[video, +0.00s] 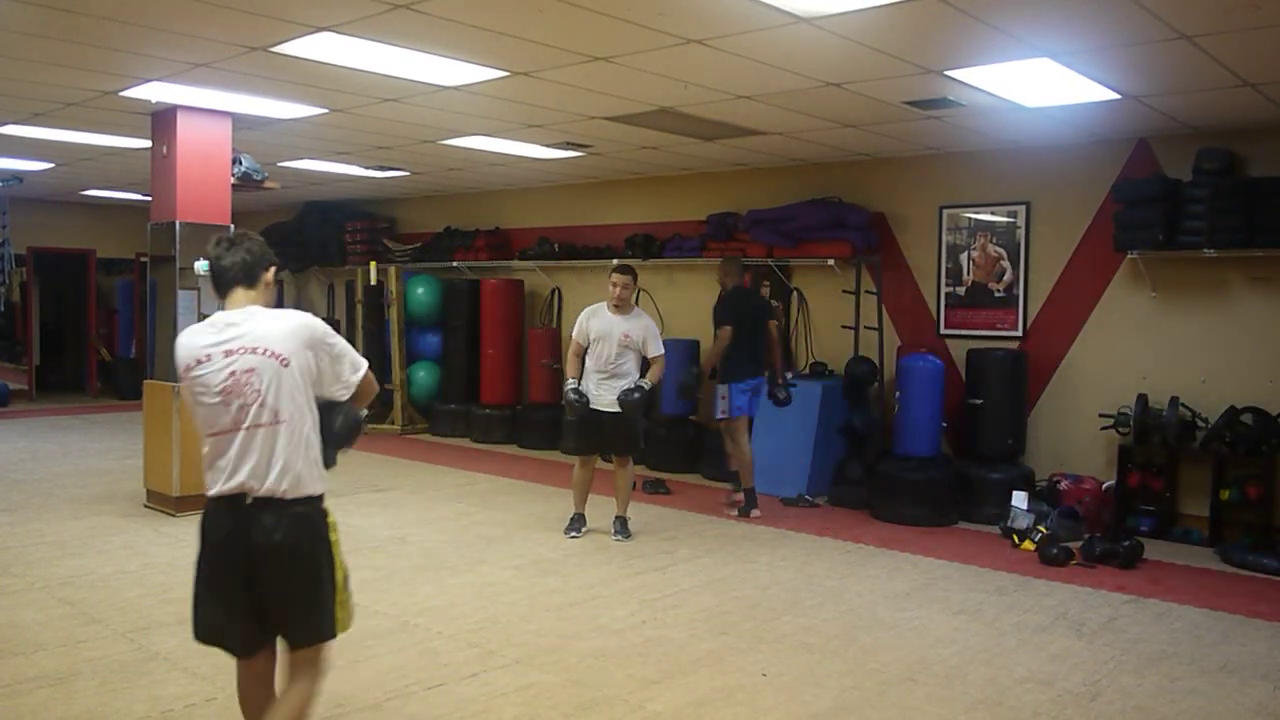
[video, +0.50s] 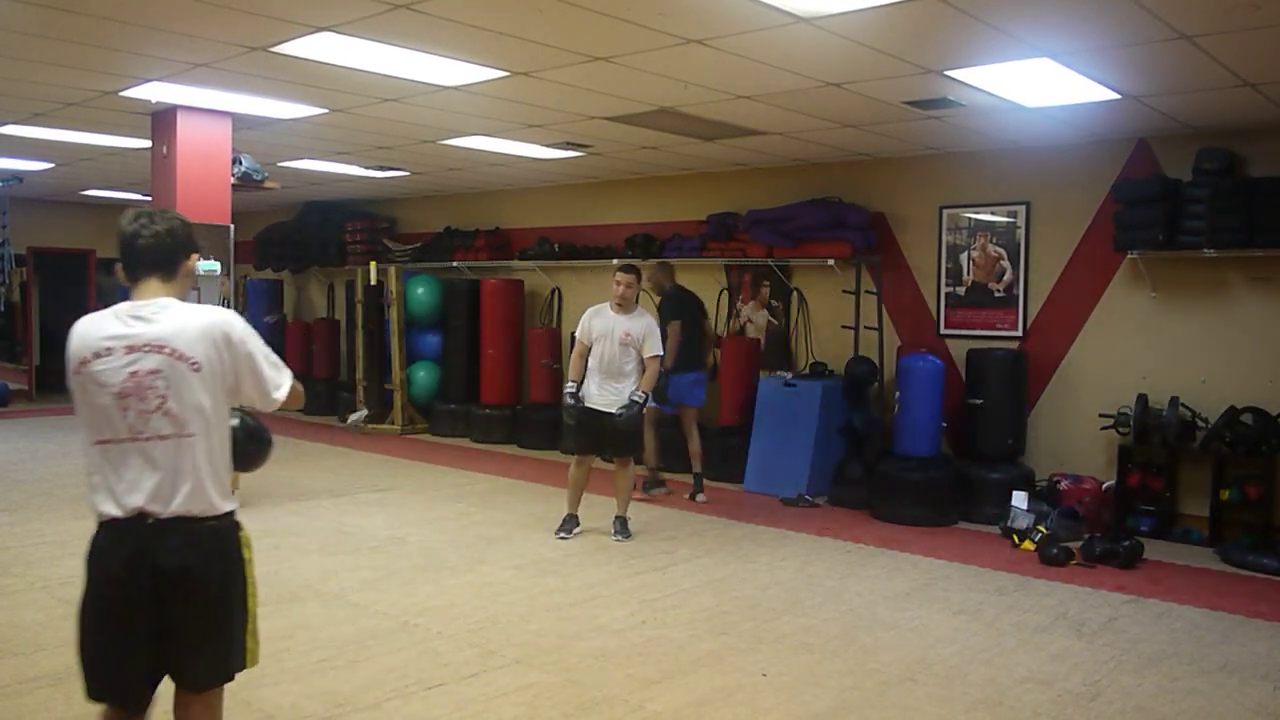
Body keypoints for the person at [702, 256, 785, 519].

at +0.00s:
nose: (718, 278)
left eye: (720, 274)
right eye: (720, 273)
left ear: (725, 275)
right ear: (742, 274)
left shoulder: (726, 301)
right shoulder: (758, 299)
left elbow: (723, 337)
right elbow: (773, 334)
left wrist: (708, 363)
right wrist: (777, 371)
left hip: (734, 376)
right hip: (756, 374)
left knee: (738, 435)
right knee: (734, 430)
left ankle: (750, 500)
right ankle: (740, 485)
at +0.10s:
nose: (706, 281)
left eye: (707, 277)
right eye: (708, 277)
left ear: (711, 278)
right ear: (728, 276)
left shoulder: (712, 303)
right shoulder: (746, 302)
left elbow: (710, 341)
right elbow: (761, 341)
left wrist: (687, 365)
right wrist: (768, 378)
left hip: (722, 378)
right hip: (743, 376)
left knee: (732, 435)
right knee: (716, 431)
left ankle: (749, 499)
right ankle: (707, 484)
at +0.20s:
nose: (694, 283)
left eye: (695, 279)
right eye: (695, 278)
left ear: (699, 280)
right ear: (715, 278)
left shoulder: (701, 303)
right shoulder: (731, 302)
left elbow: (699, 340)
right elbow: (749, 336)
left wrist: (678, 365)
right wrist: (755, 376)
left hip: (707, 377)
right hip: (728, 376)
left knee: (715, 433)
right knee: (705, 430)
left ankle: (742, 490)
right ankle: (700, 486)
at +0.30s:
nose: (679, 281)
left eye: (680, 277)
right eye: (680, 277)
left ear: (687, 277)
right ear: (701, 276)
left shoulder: (691, 300)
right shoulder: (720, 300)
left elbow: (690, 337)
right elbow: (730, 333)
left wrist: (673, 364)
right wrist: (720, 361)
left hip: (693, 374)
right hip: (715, 373)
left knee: (685, 429)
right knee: (700, 429)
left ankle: (722, 476)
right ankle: (699, 487)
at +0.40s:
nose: (665, 282)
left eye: (666, 277)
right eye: (665, 277)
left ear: (674, 277)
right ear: (686, 276)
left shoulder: (679, 300)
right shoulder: (707, 298)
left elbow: (683, 335)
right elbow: (722, 333)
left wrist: (670, 368)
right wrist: (716, 364)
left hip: (685, 373)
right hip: (706, 372)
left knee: (661, 424)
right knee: (694, 425)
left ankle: (688, 468)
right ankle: (698, 484)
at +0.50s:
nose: (647, 282)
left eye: (650, 277)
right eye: (647, 277)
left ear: (662, 276)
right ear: (669, 275)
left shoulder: (668, 299)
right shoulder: (692, 298)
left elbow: (674, 335)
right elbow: (709, 333)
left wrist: (665, 368)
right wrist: (702, 361)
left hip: (672, 372)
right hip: (695, 371)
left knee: (649, 420)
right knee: (691, 424)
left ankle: (654, 478)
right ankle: (698, 484)